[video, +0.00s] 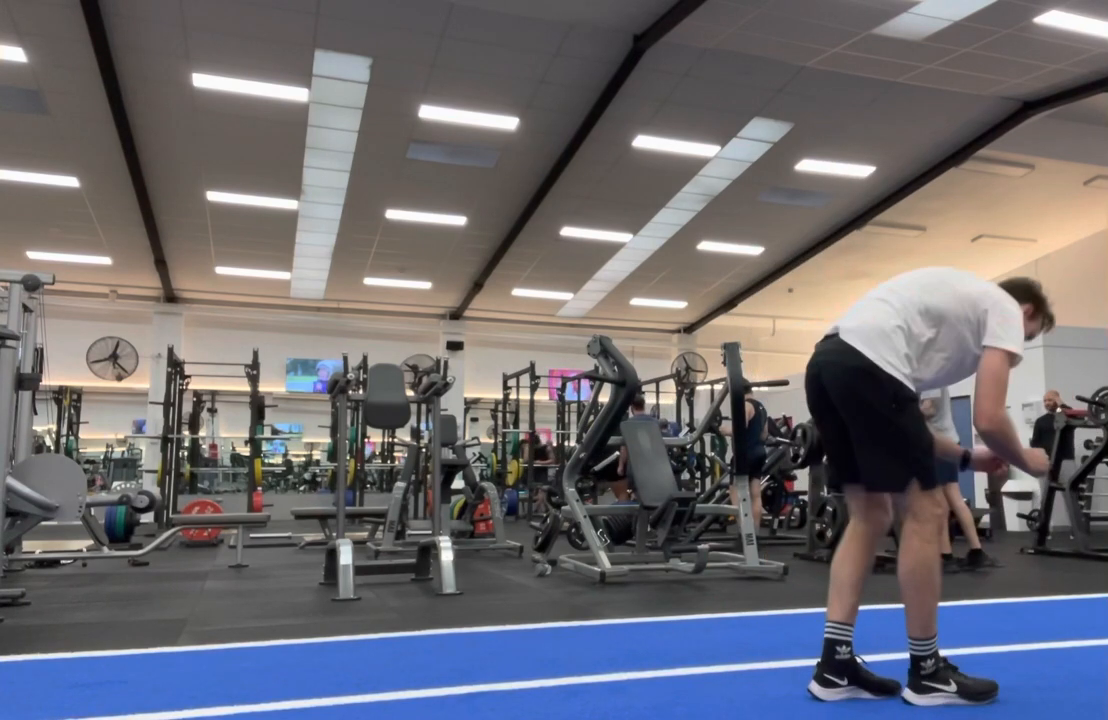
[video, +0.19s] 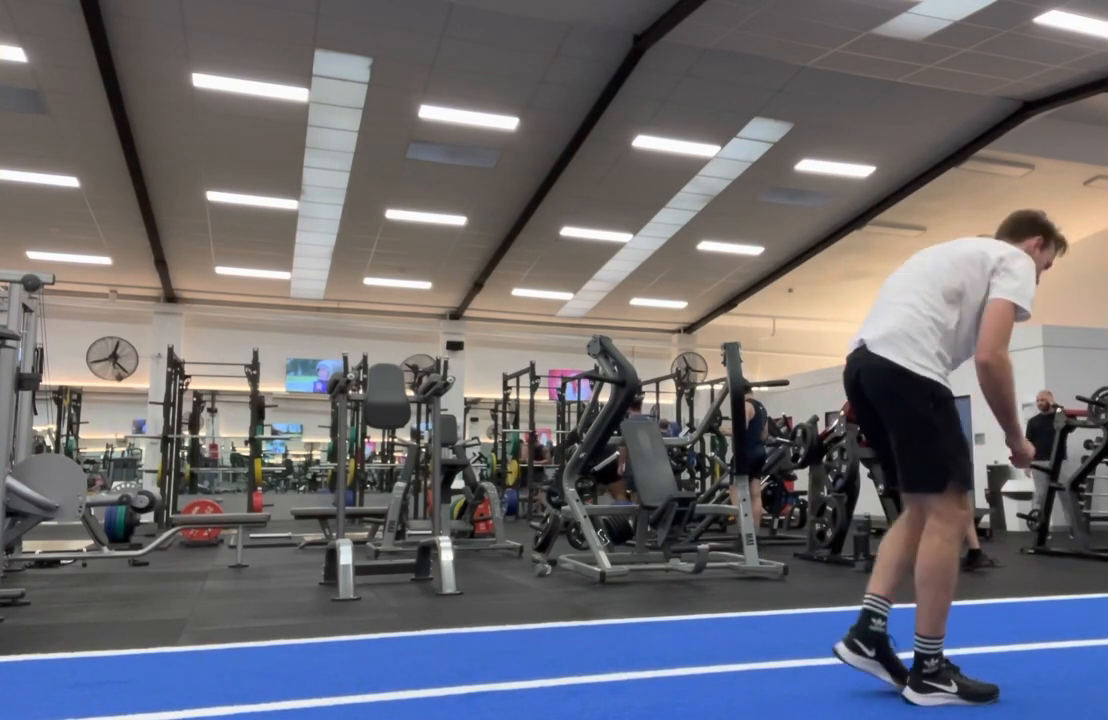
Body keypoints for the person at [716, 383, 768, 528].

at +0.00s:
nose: (731, 394)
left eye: (732, 390)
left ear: (737, 391)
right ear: (749, 388)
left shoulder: (746, 406)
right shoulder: (760, 406)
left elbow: (739, 430)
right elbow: (764, 434)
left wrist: (719, 429)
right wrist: (747, 433)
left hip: (744, 454)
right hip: (758, 453)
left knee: (734, 490)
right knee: (756, 495)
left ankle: (742, 530)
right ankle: (755, 532)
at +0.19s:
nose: (731, 394)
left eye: (732, 390)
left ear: (737, 391)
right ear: (749, 388)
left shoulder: (746, 406)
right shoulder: (760, 406)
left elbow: (740, 430)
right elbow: (764, 434)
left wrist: (719, 429)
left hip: (744, 454)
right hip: (758, 453)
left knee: (735, 490)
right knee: (756, 495)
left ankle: (743, 530)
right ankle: (755, 533)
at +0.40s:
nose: (732, 394)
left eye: (732, 391)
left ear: (737, 391)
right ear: (749, 388)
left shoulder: (745, 406)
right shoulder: (760, 406)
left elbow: (740, 430)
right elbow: (764, 434)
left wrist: (720, 429)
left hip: (744, 454)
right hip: (759, 453)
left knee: (735, 489)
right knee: (756, 495)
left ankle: (743, 530)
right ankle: (755, 533)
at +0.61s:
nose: (731, 394)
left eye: (732, 390)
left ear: (737, 391)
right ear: (749, 388)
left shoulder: (746, 406)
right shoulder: (760, 406)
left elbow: (740, 430)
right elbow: (764, 434)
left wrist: (720, 429)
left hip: (744, 454)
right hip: (759, 453)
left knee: (735, 490)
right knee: (756, 495)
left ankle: (742, 530)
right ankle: (755, 533)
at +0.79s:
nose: (731, 394)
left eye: (732, 390)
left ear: (737, 391)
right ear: (750, 388)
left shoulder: (746, 406)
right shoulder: (761, 406)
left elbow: (740, 430)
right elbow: (764, 434)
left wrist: (719, 429)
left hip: (745, 454)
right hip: (759, 453)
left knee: (734, 489)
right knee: (756, 495)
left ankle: (742, 530)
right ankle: (755, 533)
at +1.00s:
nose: (732, 395)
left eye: (733, 391)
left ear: (738, 391)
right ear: (750, 388)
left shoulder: (746, 406)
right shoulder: (761, 406)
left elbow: (741, 430)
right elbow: (765, 434)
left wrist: (722, 430)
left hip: (745, 454)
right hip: (759, 453)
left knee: (735, 489)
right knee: (756, 495)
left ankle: (742, 529)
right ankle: (755, 533)